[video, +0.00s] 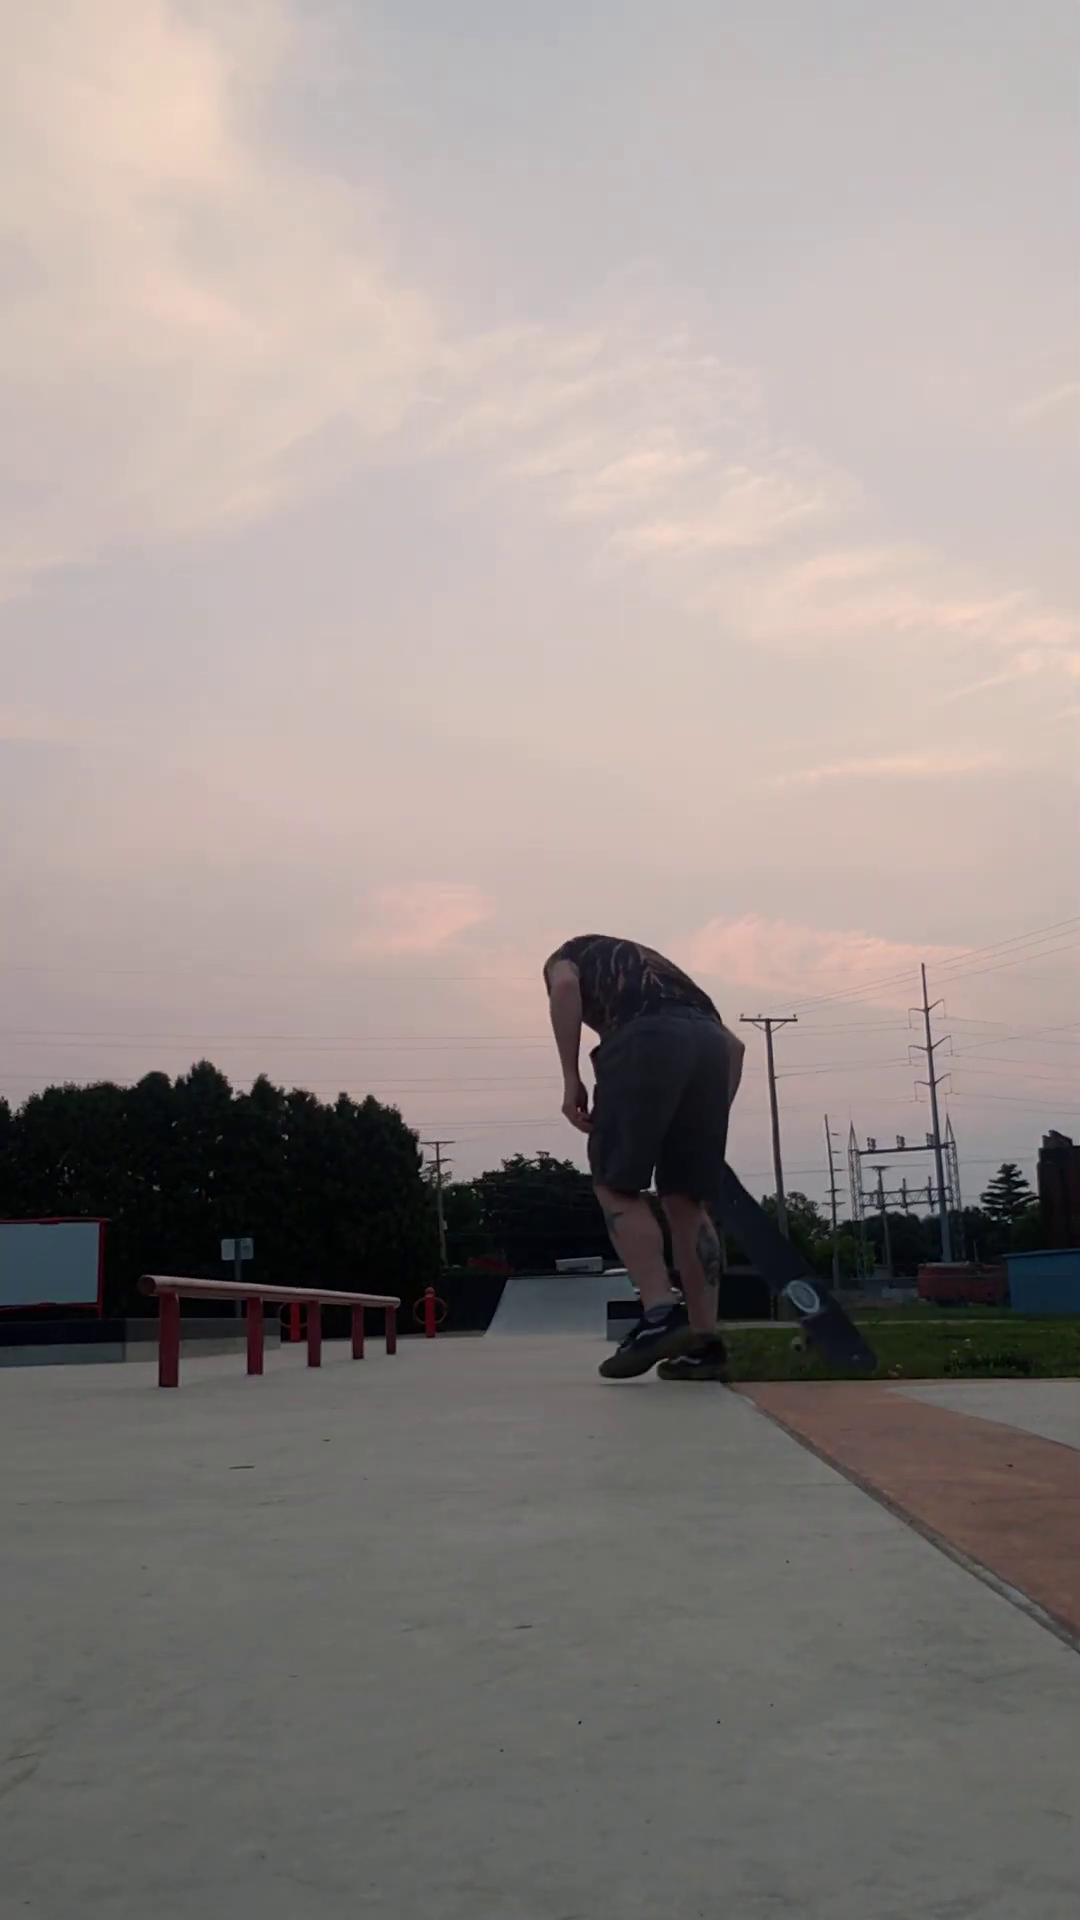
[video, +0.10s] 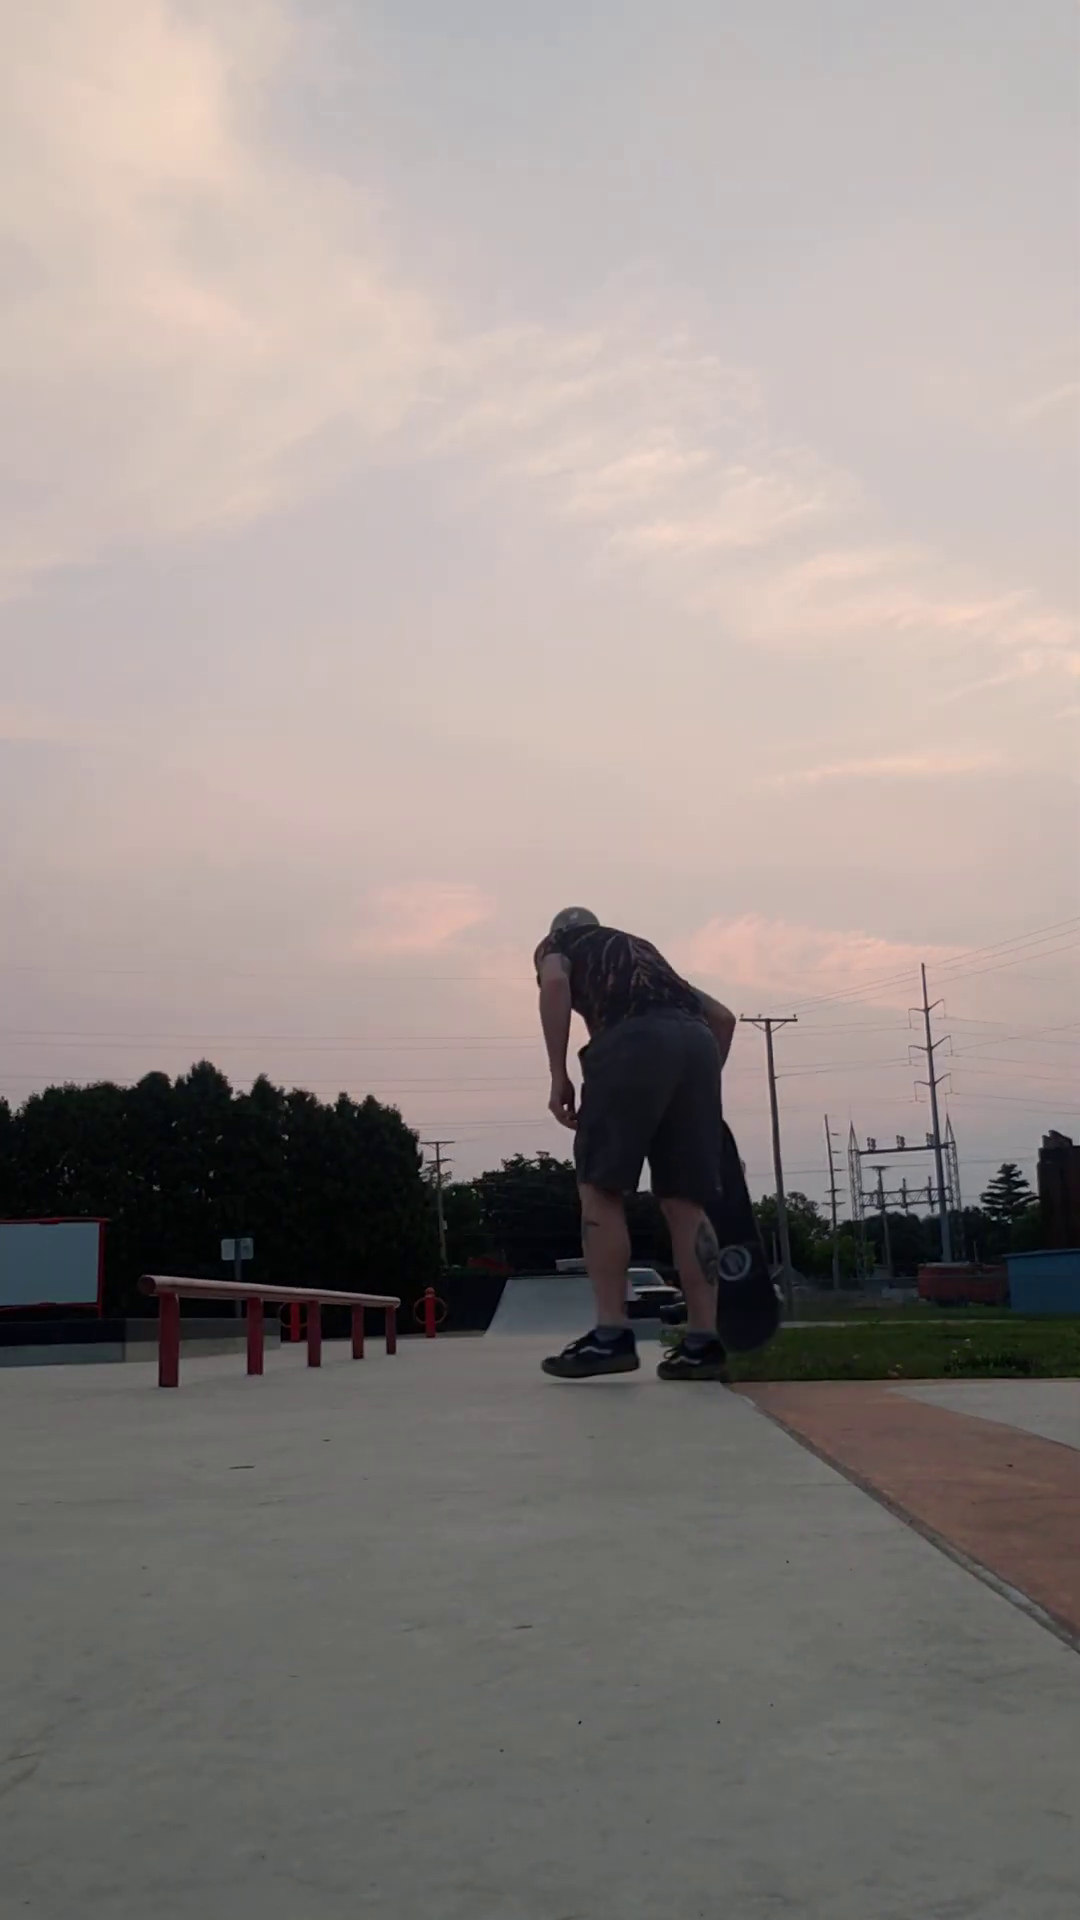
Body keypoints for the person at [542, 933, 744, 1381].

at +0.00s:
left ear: (571, 954)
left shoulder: (568, 956)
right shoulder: (653, 965)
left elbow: (565, 986)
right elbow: (733, 1046)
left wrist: (572, 1080)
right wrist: (710, 1121)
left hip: (648, 1043)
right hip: (712, 1047)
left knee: (616, 1187)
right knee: (684, 1195)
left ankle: (659, 1311)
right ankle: (706, 1343)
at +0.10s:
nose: (551, 942)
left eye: (552, 933)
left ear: (558, 930)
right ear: (595, 926)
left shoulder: (556, 942)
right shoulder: (640, 952)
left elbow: (555, 982)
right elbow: (722, 1018)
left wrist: (559, 1075)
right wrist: (698, 1089)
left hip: (633, 1047)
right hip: (698, 1049)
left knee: (600, 1187)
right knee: (684, 1196)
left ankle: (611, 1336)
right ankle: (702, 1342)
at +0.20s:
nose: (540, 925)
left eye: (540, 918)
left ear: (543, 915)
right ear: (585, 910)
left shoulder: (544, 933)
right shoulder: (627, 937)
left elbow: (543, 981)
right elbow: (701, 1001)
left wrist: (546, 1071)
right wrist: (682, 1073)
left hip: (613, 1054)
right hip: (679, 1051)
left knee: (583, 1196)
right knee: (680, 1198)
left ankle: (564, 1341)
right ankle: (703, 1342)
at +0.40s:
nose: (511, 897)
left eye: (510, 889)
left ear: (513, 887)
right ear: (560, 883)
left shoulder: (509, 916)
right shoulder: (597, 919)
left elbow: (505, 985)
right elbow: (645, 999)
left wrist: (498, 1075)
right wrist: (623, 1061)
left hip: (561, 1065)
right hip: (626, 1064)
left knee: (547, 1206)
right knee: (628, 1197)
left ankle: (552, 1348)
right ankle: (680, 1326)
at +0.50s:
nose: (500, 883)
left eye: (499, 876)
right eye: (511, 877)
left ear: (503, 872)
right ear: (549, 873)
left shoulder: (495, 908)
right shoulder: (586, 920)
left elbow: (480, 983)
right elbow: (620, 1010)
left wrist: (467, 1067)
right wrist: (592, 1066)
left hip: (540, 1063)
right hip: (602, 1064)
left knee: (532, 1203)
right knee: (582, 1200)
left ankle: (549, 1348)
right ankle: (639, 1299)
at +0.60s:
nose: (497, 878)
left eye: (494, 870)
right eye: (515, 870)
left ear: (494, 867)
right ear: (542, 871)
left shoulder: (484, 906)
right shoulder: (575, 922)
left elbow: (462, 983)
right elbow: (596, 1016)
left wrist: (440, 1061)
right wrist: (570, 1069)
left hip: (520, 1063)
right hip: (582, 1064)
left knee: (526, 1205)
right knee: (553, 1200)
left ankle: (548, 1345)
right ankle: (579, 1307)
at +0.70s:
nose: (495, 880)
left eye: (489, 870)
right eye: (513, 870)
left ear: (486, 869)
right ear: (533, 876)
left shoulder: (471, 910)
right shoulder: (563, 931)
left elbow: (446, 988)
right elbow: (572, 1025)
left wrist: (418, 1061)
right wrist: (550, 1076)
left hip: (503, 1065)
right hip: (561, 1068)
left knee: (518, 1206)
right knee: (523, 1205)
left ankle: (550, 1348)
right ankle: (512, 1334)